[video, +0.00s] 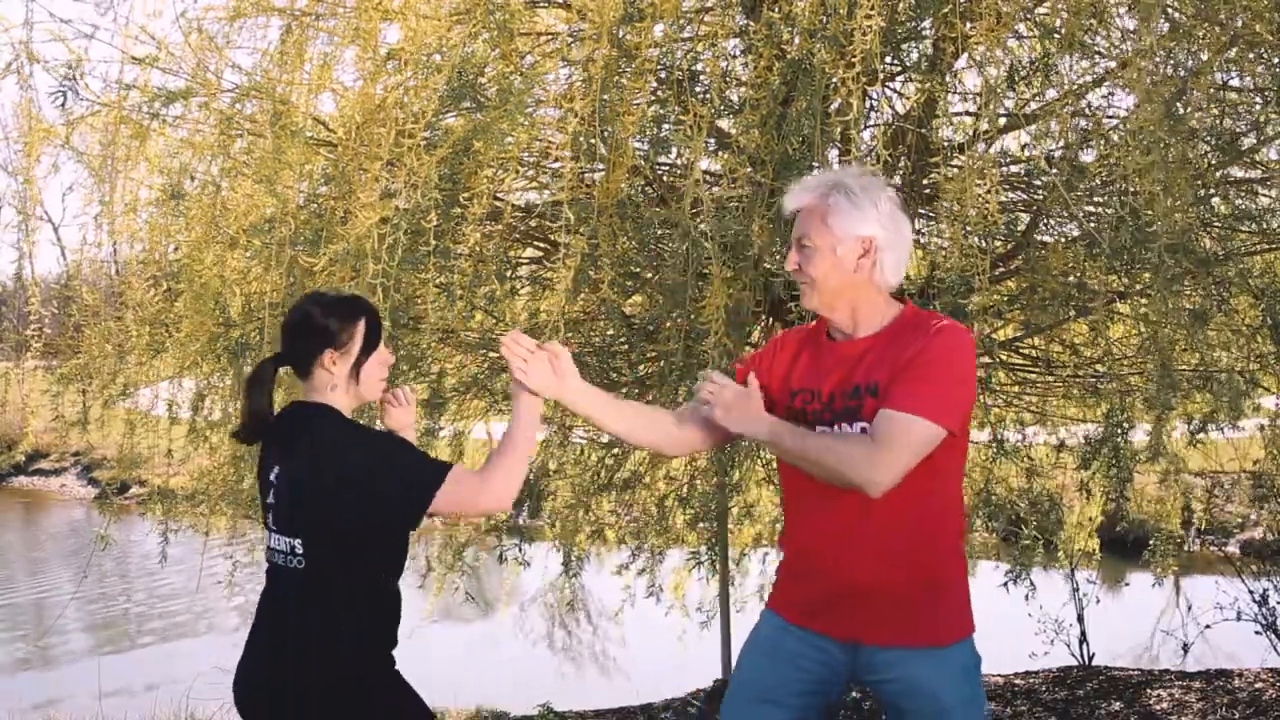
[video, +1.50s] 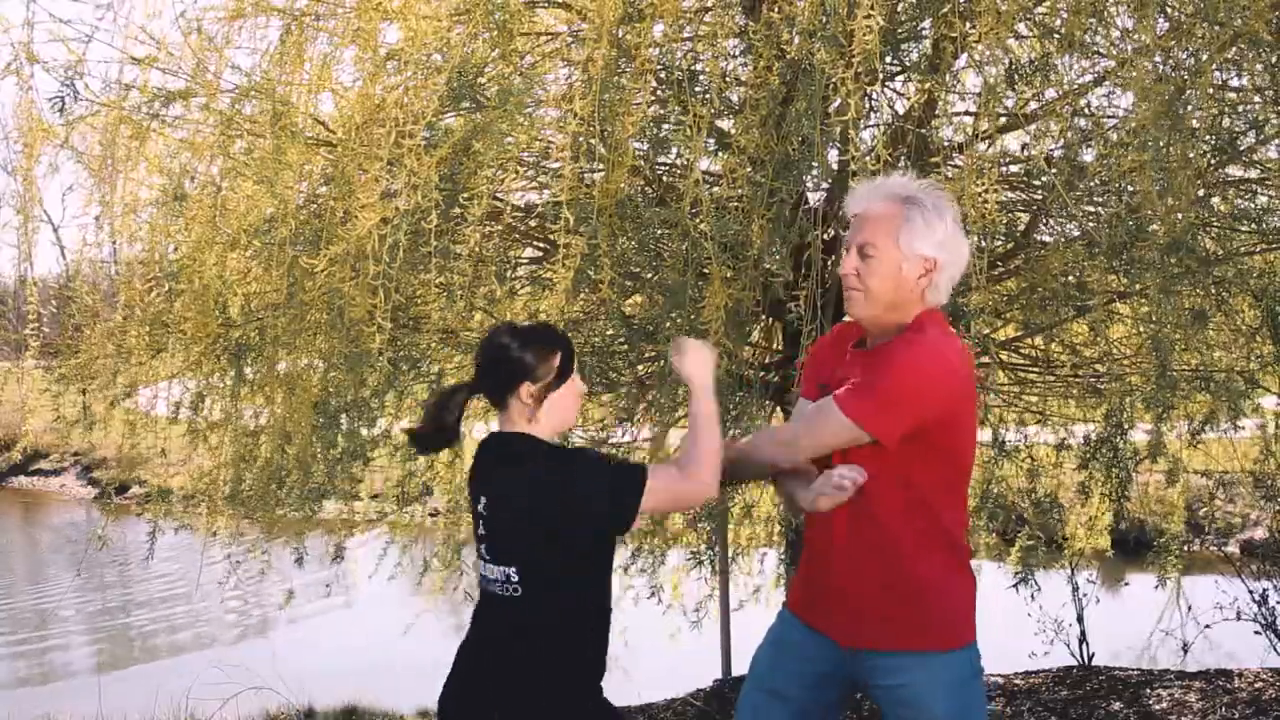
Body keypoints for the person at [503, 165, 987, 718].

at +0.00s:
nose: (790, 264)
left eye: (805, 247)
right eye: (792, 247)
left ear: (863, 253)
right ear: (855, 253)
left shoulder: (940, 344)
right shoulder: (786, 354)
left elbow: (877, 469)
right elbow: (681, 430)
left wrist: (759, 425)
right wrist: (573, 390)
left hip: (922, 640)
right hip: (797, 627)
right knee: (741, 711)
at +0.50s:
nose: (762, 282)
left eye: (774, 264)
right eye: (761, 266)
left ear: (834, 260)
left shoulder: (920, 343)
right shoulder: (768, 360)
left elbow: (863, 472)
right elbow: (665, 435)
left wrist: (749, 438)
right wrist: (561, 386)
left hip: (917, 640)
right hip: (793, 629)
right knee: (735, 711)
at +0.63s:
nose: (764, 286)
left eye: (776, 268)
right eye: (764, 268)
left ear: (833, 264)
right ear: (829, 265)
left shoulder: (923, 342)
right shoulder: (778, 356)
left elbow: (864, 468)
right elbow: (705, 429)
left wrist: (767, 403)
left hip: (921, 638)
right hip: (797, 628)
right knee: (740, 710)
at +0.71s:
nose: (771, 293)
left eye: (782, 275)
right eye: (770, 275)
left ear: (840, 268)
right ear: (832, 271)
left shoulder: (935, 345)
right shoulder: (790, 358)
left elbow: (867, 463)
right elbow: (704, 465)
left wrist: (781, 380)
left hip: (929, 640)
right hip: (805, 630)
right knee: (748, 709)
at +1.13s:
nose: (829, 282)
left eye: (845, 268)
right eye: (830, 266)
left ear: (906, 273)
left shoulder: (960, 371)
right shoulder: (821, 356)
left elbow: (848, 479)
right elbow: (746, 467)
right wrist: (728, 559)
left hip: (940, 644)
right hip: (818, 631)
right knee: (760, 710)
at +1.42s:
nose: (843, 271)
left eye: (863, 258)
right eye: (846, 254)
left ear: (922, 274)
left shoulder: (945, 370)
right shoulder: (834, 349)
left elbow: (794, 434)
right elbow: (785, 444)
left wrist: (687, 413)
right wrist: (767, 502)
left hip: (926, 642)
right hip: (813, 627)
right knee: (759, 710)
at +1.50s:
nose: (845, 267)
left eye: (865, 254)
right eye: (846, 250)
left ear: (922, 270)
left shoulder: (933, 358)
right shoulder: (832, 347)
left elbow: (792, 449)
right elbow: (790, 451)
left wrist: (718, 462)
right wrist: (801, 489)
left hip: (920, 640)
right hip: (811, 627)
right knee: (758, 710)